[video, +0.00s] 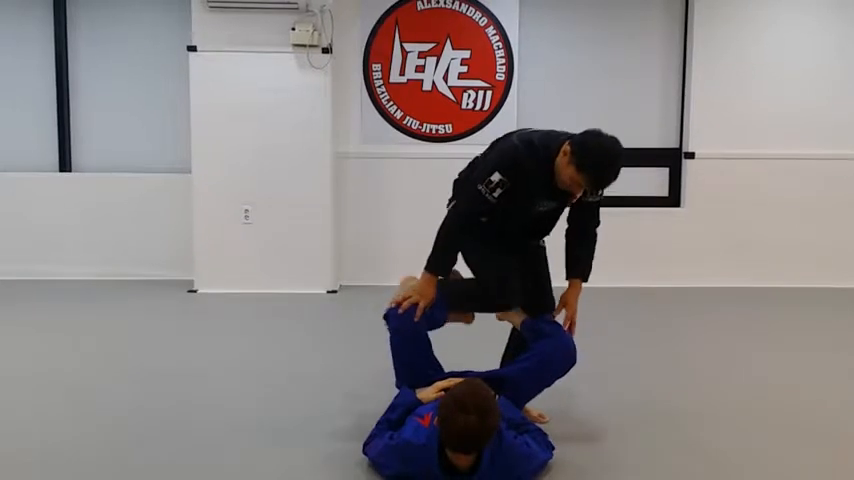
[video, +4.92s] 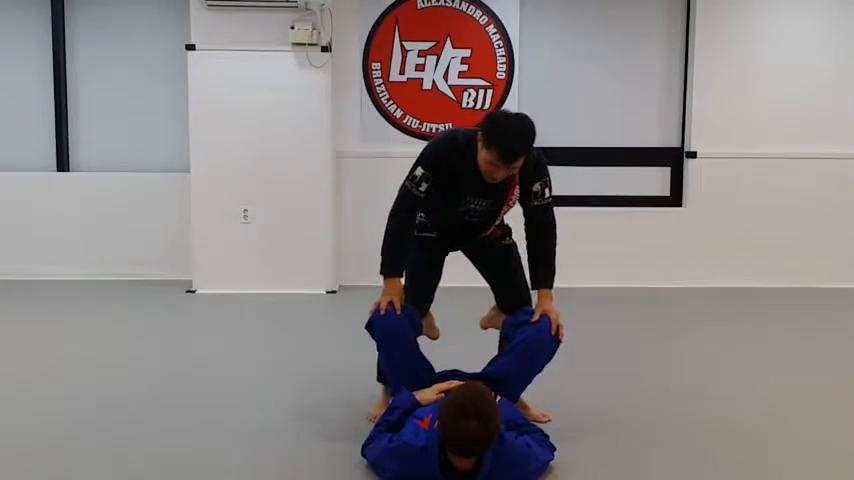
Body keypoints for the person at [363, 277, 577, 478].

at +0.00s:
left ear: (437, 421)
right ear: (495, 427)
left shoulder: (409, 452)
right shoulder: (516, 458)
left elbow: (374, 443)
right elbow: (540, 441)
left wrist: (412, 398)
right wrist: (511, 410)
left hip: (429, 393)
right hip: (496, 397)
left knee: (402, 317)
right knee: (562, 349)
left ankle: (454, 309)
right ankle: (517, 316)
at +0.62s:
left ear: (438, 425)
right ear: (496, 425)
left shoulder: (408, 452)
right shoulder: (513, 456)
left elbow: (374, 443)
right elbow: (541, 444)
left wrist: (413, 397)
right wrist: (508, 406)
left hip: (428, 392)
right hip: (497, 395)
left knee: (407, 313)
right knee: (562, 348)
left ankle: (451, 337)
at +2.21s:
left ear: (438, 423)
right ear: (497, 423)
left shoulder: (407, 453)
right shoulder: (515, 456)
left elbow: (374, 443)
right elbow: (540, 442)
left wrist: (414, 397)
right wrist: (507, 405)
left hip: (428, 392)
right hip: (498, 395)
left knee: (414, 316)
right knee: (559, 346)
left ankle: (448, 308)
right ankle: (531, 317)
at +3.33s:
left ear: (438, 417)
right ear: (496, 425)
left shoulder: (408, 450)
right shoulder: (515, 455)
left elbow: (374, 443)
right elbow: (540, 442)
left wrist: (414, 397)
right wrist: (518, 410)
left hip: (427, 393)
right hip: (498, 399)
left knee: (416, 318)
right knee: (552, 340)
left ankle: (432, 294)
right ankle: (524, 298)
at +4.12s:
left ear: (438, 425)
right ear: (498, 429)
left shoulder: (409, 452)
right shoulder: (517, 456)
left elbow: (373, 445)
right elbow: (540, 441)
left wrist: (412, 398)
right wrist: (507, 404)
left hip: (423, 394)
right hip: (493, 392)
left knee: (391, 316)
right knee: (545, 332)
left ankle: (416, 312)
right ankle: (494, 312)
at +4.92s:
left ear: (437, 427)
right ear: (497, 431)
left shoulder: (408, 452)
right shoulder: (517, 457)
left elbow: (372, 445)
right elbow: (542, 442)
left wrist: (409, 398)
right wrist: (502, 402)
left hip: (423, 395)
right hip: (493, 393)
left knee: (385, 318)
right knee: (546, 328)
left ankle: (421, 319)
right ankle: (503, 318)